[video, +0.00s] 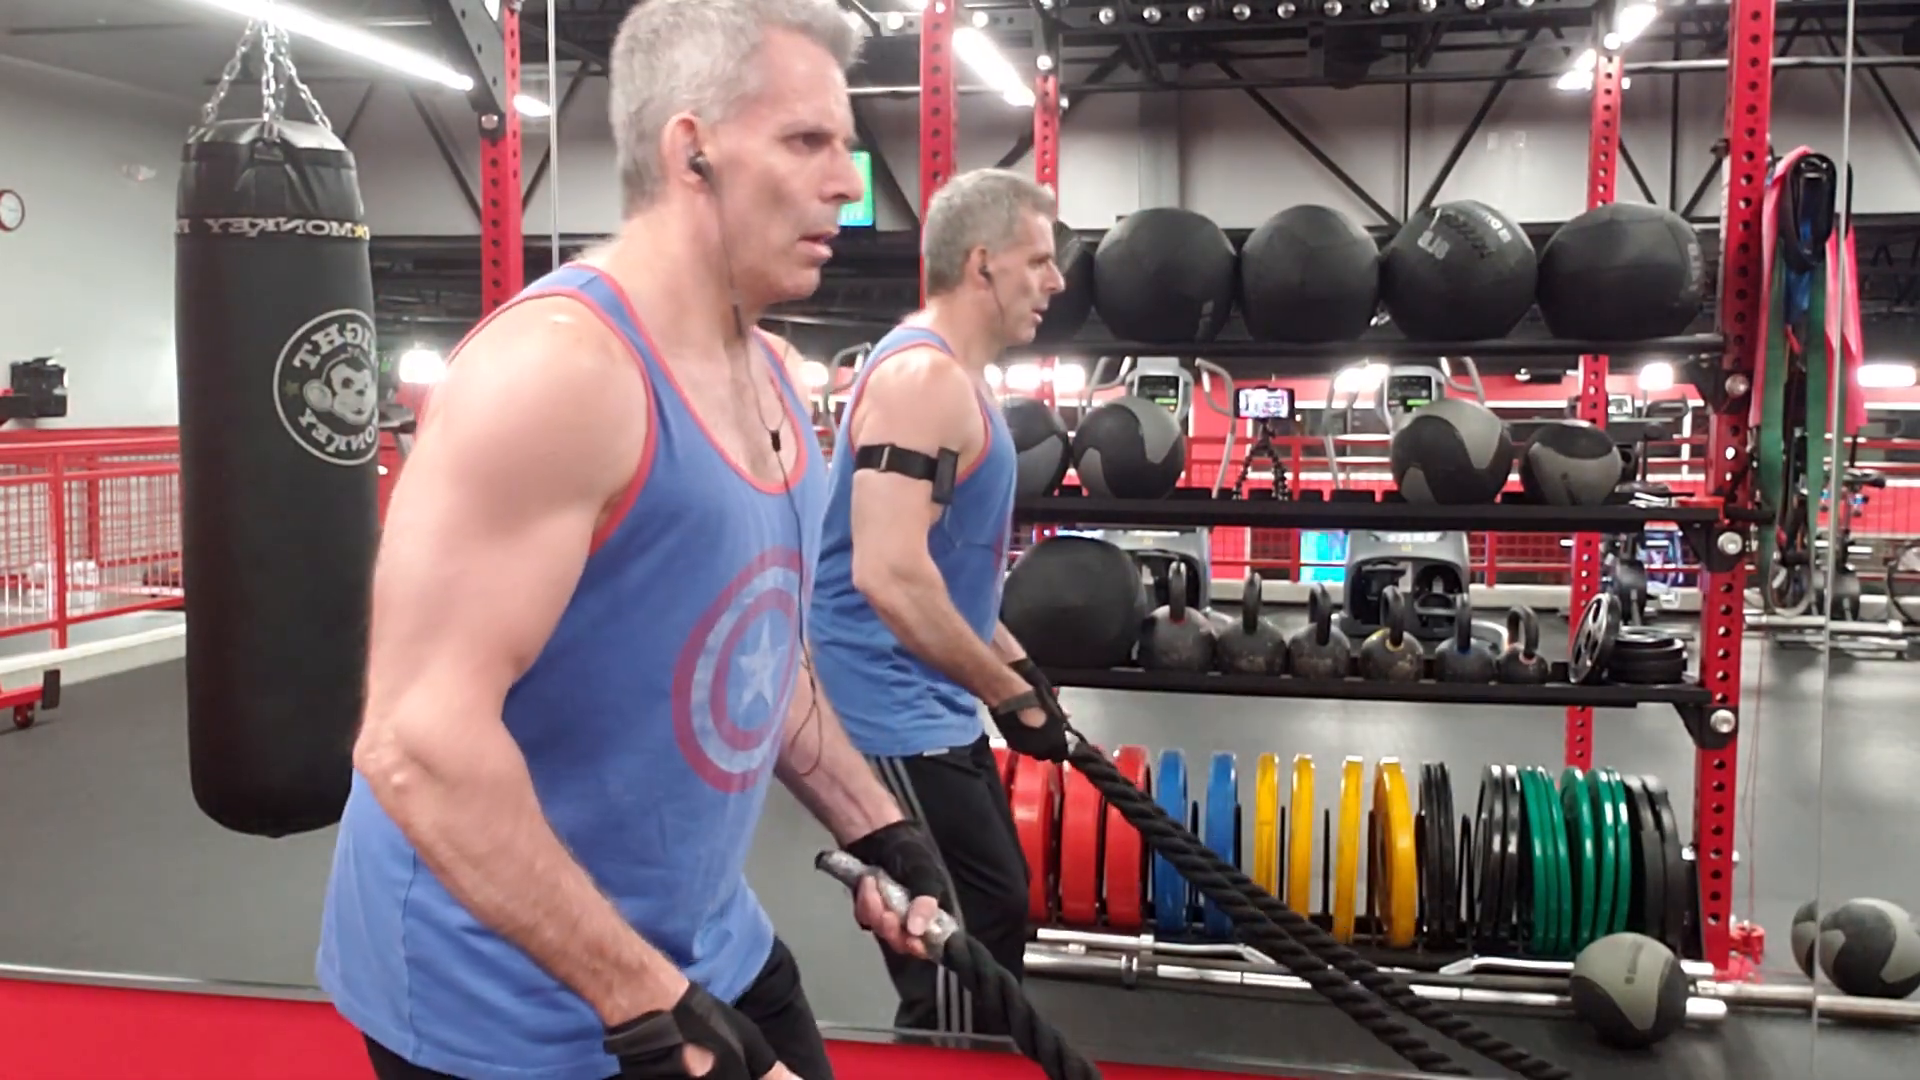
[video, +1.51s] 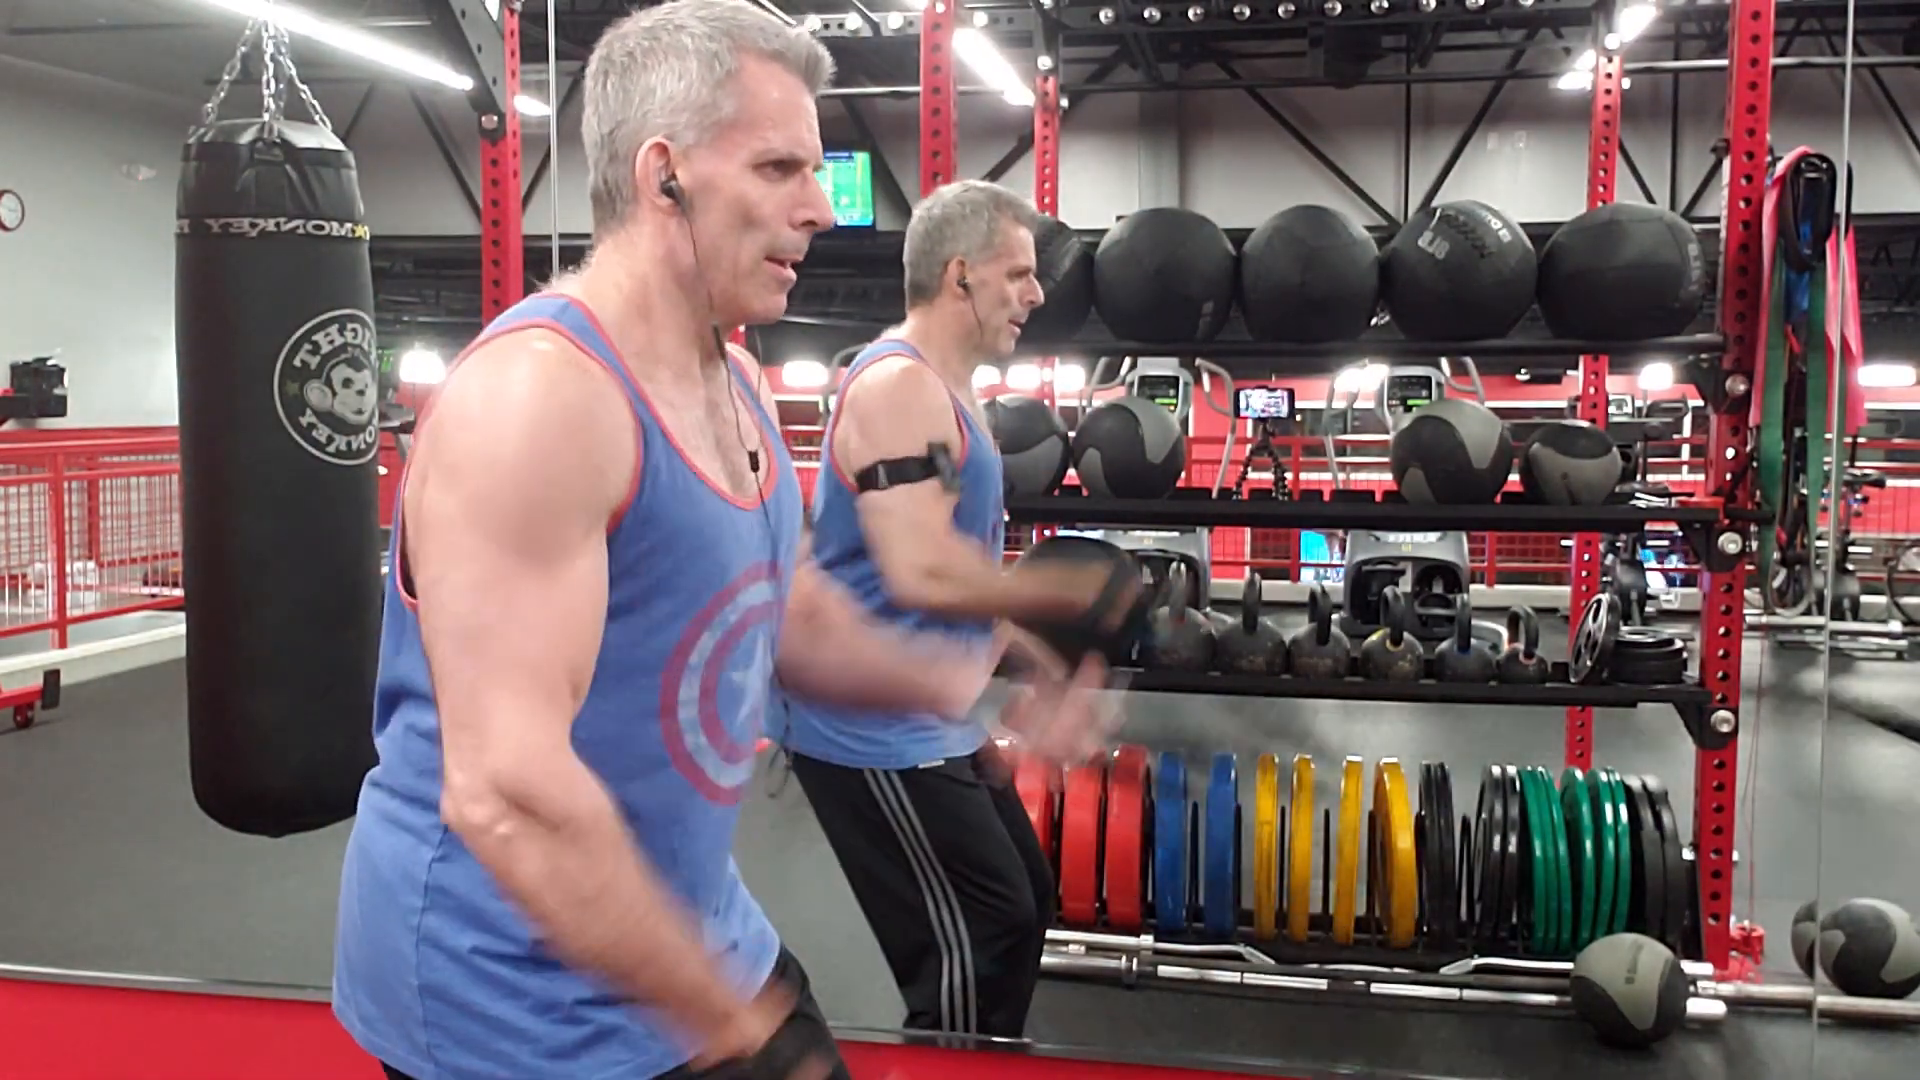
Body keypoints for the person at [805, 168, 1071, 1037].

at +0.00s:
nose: (1055, 284)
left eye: (1055, 263)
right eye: (1040, 261)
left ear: (989, 268)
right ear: (982, 265)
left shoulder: (955, 378)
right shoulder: (923, 377)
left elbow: (948, 571)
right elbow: (889, 574)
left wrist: (1017, 669)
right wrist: (1006, 696)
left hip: (939, 717)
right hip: (894, 725)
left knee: (986, 930)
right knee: (984, 928)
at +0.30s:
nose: (1029, 279)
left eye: (1027, 259)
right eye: (1015, 258)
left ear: (961, 265)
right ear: (956, 262)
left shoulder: (942, 379)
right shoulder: (904, 377)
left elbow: (941, 570)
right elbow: (884, 574)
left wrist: (1018, 664)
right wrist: (1008, 692)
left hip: (945, 724)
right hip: (901, 732)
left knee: (1005, 930)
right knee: (993, 938)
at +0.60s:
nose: (1039, 278)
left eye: (1035, 258)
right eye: (1022, 257)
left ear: (970, 271)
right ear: (964, 267)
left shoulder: (949, 387)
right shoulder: (901, 387)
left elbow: (945, 580)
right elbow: (875, 587)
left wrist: (1010, 679)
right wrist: (994, 706)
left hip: (946, 723)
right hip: (894, 730)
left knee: (1004, 922)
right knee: (993, 929)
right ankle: (957, 1078)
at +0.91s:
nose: (1045, 283)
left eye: (1041, 262)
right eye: (1028, 261)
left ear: (975, 274)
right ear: (970, 270)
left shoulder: (950, 390)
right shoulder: (905, 390)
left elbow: (939, 583)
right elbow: (877, 591)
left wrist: (1003, 687)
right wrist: (998, 707)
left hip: (946, 723)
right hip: (895, 729)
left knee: (1010, 921)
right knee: (995, 930)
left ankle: (971, 1073)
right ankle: (956, 1078)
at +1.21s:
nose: (1034, 285)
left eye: (1034, 264)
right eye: (1020, 262)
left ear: (966, 269)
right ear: (963, 267)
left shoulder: (943, 391)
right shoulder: (899, 393)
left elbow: (1000, 543)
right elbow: (871, 594)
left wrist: (1105, 612)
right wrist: (989, 721)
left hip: (924, 743)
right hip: (874, 752)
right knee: (989, 945)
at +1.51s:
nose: (1034, 297)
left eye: (1035, 277)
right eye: (1019, 275)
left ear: (959, 279)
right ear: (957, 276)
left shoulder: (947, 393)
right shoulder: (898, 386)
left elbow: (946, 577)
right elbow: (916, 570)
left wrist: (1031, 659)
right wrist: (1076, 589)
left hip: (926, 715)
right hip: (866, 725)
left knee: (1022, 907)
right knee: (976, 929)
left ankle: (979, 1061)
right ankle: (952, 1068)